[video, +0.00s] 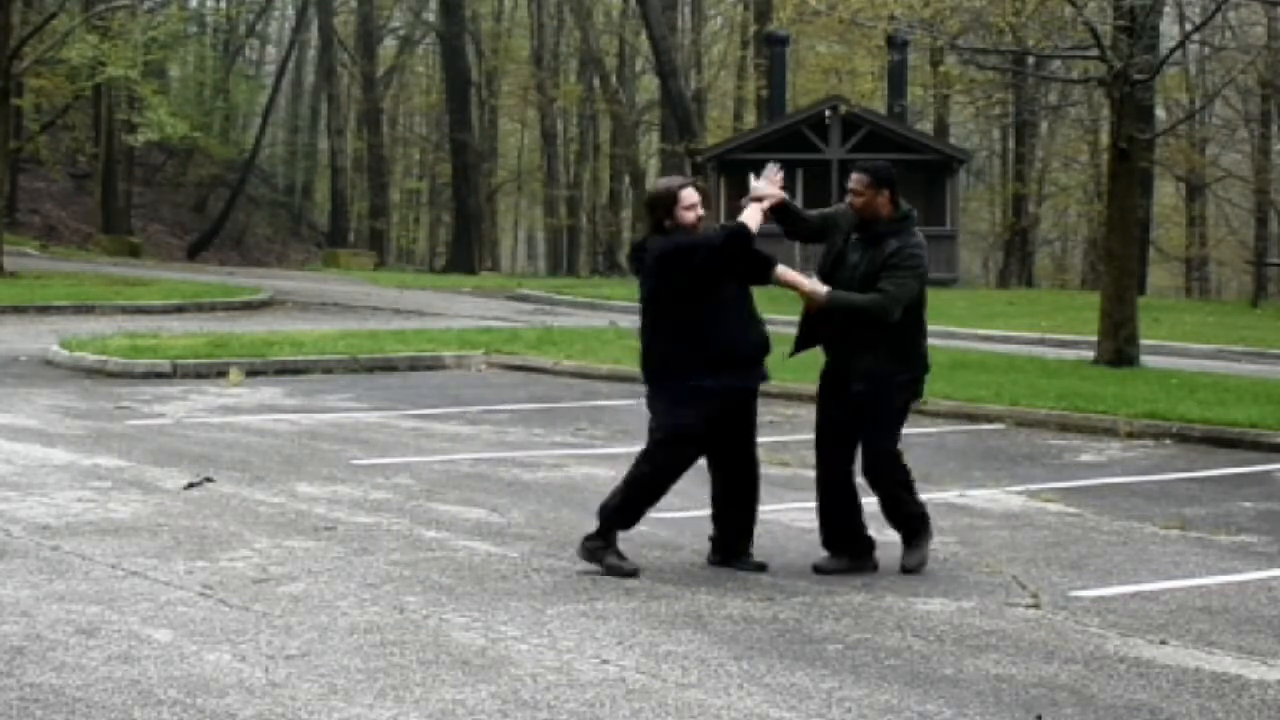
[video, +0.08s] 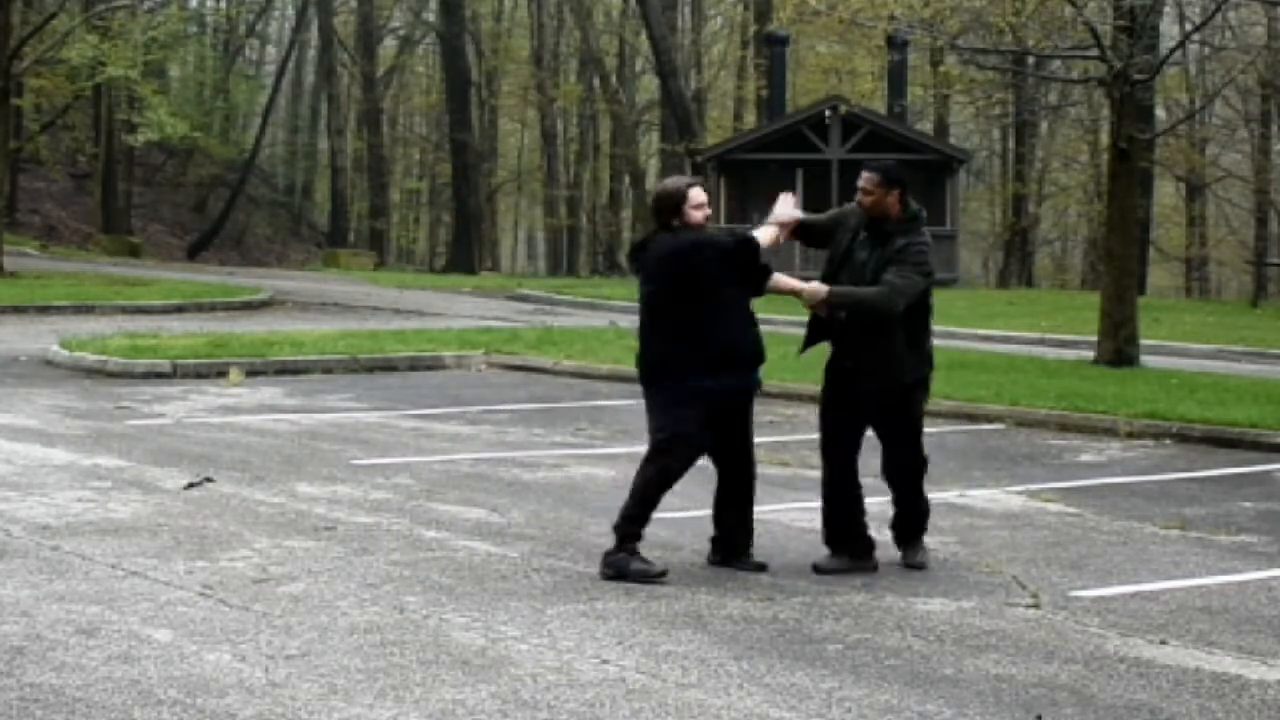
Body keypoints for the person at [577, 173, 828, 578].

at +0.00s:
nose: (699, 213)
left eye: (700, 206)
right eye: (689, 209)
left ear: (704, 208)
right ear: (667, 216)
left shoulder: (714, 245)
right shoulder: (662, 253)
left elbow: (763, 267)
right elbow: (730, 241)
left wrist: (805, 284)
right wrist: (759, 203)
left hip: (732, 378)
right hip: (683, 382)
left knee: (737, 468)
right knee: (664, 462)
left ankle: (731, 549)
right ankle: (602, 537)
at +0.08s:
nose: (707, 212)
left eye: (707, 205)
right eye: (699, 207)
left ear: (704, 210)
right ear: (675, 213)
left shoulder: (714, 249)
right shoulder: (664, 251)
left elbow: (752, 278)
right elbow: (733, 250)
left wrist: (802, 288)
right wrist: (775, 224)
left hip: (728, 378)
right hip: (677, 380)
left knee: (737, 467)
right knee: (670, 457)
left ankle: (731, 549)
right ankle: (622, 550)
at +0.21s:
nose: (725, 218)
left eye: (723, 210)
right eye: (717, 212)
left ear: (685, 218)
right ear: (695, 218)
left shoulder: (666, 255)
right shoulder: (699, 257)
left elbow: (737, 299)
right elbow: (749, 292)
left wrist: (801, 300)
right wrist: (780, 277)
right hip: (686, 384)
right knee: (681, 464)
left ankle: (728, 549)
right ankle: (649, 559)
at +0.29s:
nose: (728, 226)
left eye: (727, 218)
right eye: (722, 219)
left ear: (690, 225)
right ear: (701, 224)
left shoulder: (665, 262)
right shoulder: (702, 264)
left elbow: (732, 306)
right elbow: (744, 305)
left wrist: (799, 311)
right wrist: (782, 283)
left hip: (650, 382)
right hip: (683, 389)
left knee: (671, 467)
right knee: (689, 467)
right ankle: (659, 565)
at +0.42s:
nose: (726, 229)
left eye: (725, 221)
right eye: (721, 222)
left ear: (684, 226)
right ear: (700, 227)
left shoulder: (659, 262)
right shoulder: (695, 268)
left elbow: (703, 307)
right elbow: (737, 318)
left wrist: (751, 308)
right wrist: (775, 291)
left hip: (643, 384)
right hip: (675, 392)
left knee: (703, 466)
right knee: (692, 469)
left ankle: (722, 548)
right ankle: (661, 566)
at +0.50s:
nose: (714, 227)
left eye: (713, 218)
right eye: (710, 219)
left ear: (673, 223)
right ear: (692, 225)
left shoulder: (647, 261)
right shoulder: (684, 263)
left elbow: (687, 306)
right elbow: (726, 315)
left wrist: (723, 283)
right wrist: (766, 283)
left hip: (643, 386)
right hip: (671, 392)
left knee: (703, 459)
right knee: (692, 466)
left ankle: (708, 545)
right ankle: (662, 564)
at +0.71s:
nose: (677, 215)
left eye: (675, 208)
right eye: (672, 209)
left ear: (636, 216)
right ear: (655, 217)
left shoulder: (634, 251)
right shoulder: (643, 257)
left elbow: (705, 252)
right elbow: (697, 295)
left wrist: (768, 228)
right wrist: (736, 253)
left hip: (638, 383)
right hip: (655, 387)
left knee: (651, 464)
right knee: (673, 471)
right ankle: (662, 568)